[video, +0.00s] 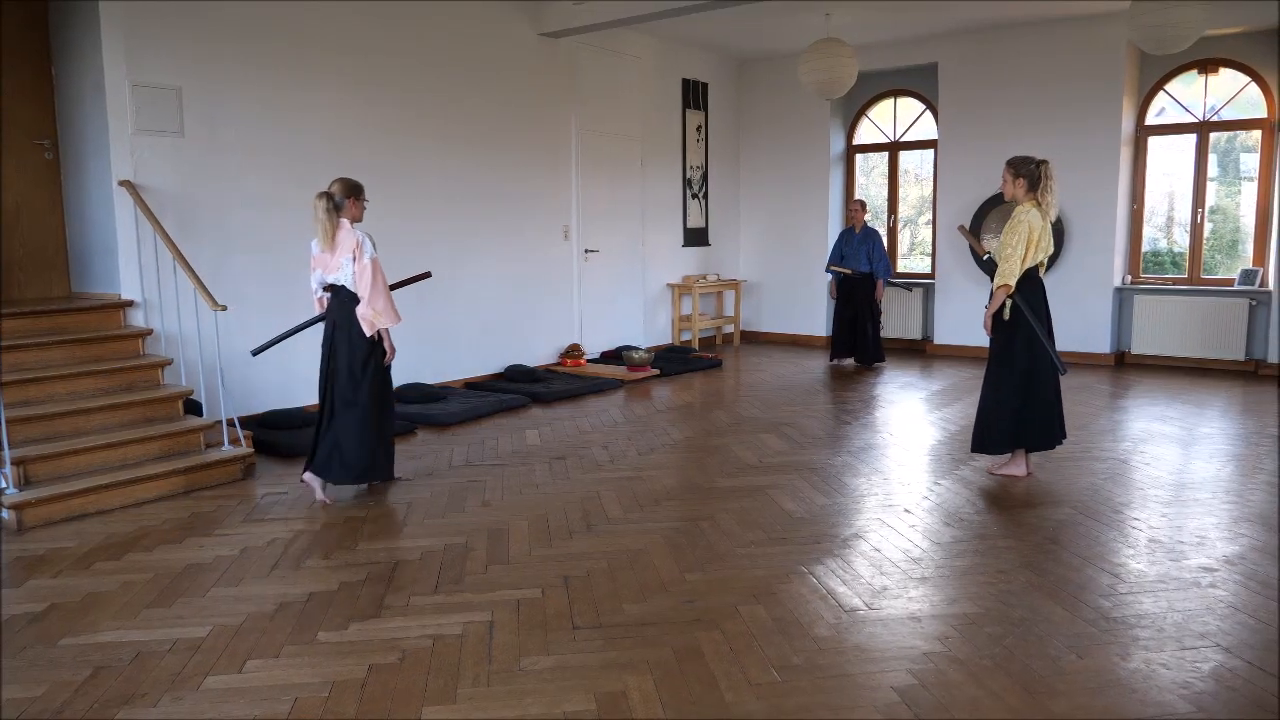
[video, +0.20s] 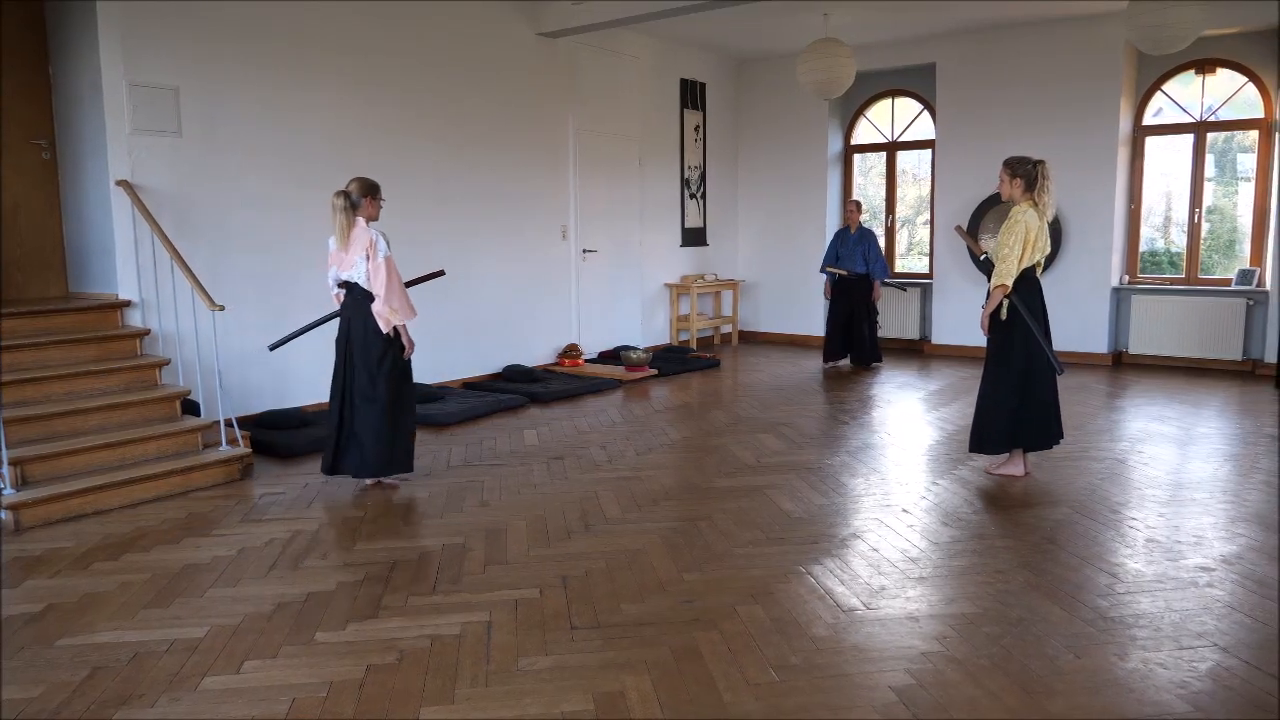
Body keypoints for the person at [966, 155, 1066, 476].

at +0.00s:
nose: (1001, 185)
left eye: (1005, 181)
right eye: (1002, 180)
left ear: (1021, 183)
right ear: (1026, 183)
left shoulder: (1022, 217)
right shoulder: (1038, 215)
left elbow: (1011, 267)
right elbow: (1011, 258)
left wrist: (991, 307)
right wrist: (980, 246)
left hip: (1018, 301)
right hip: (1031, 297)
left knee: (1017, 375)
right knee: (1024, 375)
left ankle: (1019, 458)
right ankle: (1019, 455)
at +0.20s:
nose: (998, 185)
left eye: (1002, 181)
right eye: (999, 180)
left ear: (1018, 183)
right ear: (1024, 184)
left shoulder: (1019, 217)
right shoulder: (1036, 215)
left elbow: (1007, 268)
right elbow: (1007, 258)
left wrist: (987, 308)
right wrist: (978, 247)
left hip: (1015, 300)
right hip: (1028, 297)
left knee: (1013, 374)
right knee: (1020, 374)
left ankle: (1016, 458)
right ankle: (1016, 455)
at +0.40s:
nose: (996, 186)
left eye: (1000, 181)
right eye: (997, 180)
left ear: (1015, 183)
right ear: (1022, 184)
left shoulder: (1016, 217)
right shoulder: (1034, 215)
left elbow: (1005, 268)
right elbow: (1008, 261)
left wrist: (985, 308)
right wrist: (977, 250)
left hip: (1013, 301)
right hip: (1026, 298)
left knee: (1012, 375)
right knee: (1018, 375)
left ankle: (1014, 458)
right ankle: (1015, 454)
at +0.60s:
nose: (994, 186)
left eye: (997, 181)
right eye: (995, 180)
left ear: (1013, 184)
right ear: (1020, 184)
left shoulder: (1014, 217)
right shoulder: (1032, 215)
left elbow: (1002, 269)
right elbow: (1009, 259)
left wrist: (983, 309)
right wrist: (976, 251)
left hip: (1010, 301)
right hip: (1025, 298)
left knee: (1009, 375)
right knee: (1017, 374)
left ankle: (1012, 458)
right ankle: (1014, 455)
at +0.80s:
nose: (990, 186)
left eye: (994, 181)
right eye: (991, 181)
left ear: (1009, 184)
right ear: (1016, 185)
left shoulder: (1010, 217)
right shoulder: (1028, 215)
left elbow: (998, 269)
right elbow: (1004, 262)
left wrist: (979, 309)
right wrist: (972, 252)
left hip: (1007, 302)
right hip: (1021, 298)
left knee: (1007, 375)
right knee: (1012, 375)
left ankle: (1010, 458)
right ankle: (1009, 453)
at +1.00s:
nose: (986, 186)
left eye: (990, 181)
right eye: (987, 181)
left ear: (1005, 184)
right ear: (1010, 184)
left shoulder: (1006, 217)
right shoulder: (1023, 216)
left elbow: (994, 269)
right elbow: (988, 266)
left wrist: (975, 307)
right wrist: (962, 246)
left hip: (1002, 301)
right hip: (1016, 298)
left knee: (1003, 375)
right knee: (1011, 374)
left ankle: (1007, 457)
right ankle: (1008, 454)